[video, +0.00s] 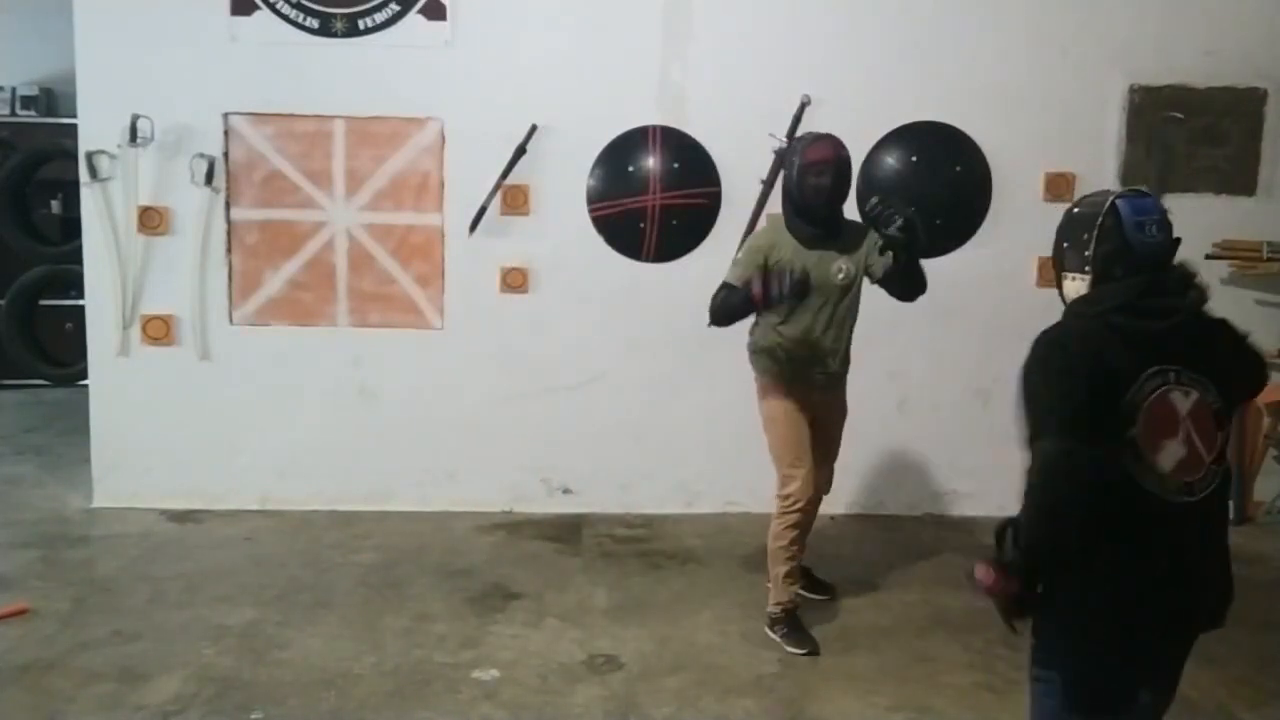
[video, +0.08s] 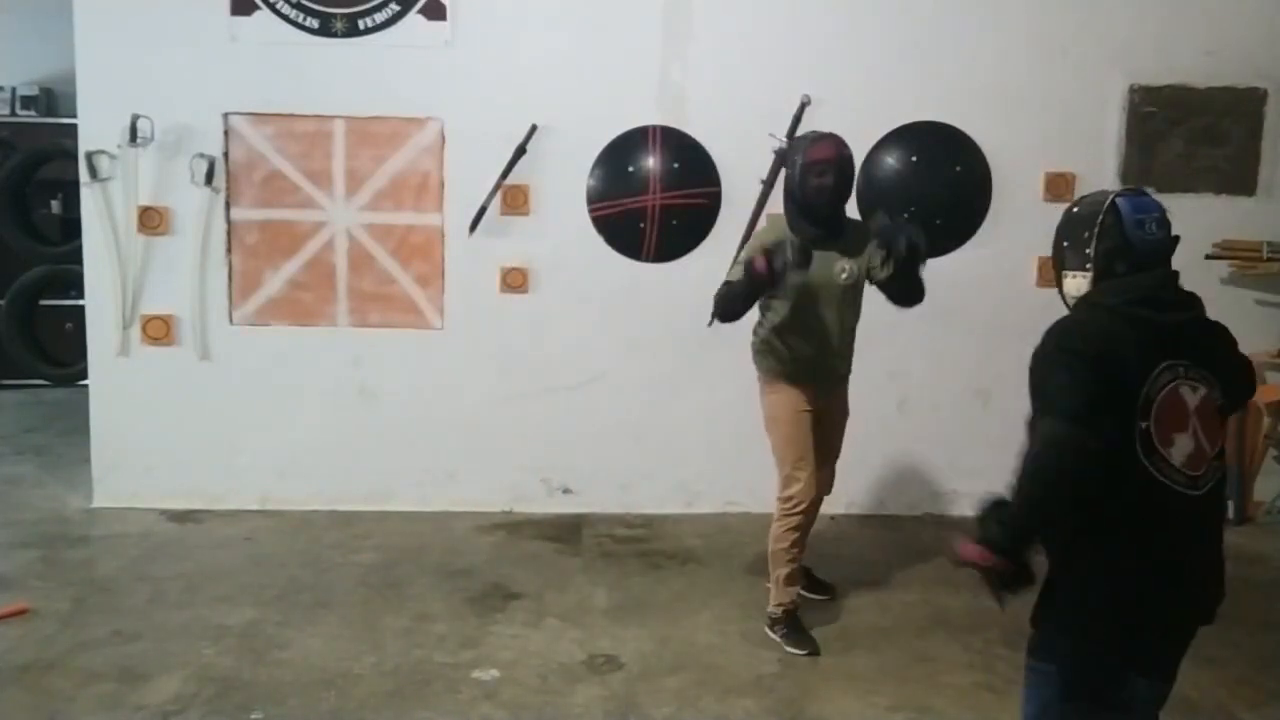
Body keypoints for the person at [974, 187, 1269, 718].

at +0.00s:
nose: (1062, 268)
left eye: (1068, 254)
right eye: (1066, 253)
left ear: (1091, 259)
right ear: (1158, 254)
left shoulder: (1066, 347)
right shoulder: (1213, 339)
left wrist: (1018, 565)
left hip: (1087, 591)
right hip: (1185, 588)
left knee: (1068, 703)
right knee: (1142, 703)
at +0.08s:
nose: (1065, 271)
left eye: (1071, 257)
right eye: (1067, 257)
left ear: (1093, 257)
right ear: (1157, 253)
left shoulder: (1078, 340)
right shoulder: (1205, 336)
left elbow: (1057, 460)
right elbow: (1242, 381)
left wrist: (1003, 535)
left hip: (1093, 583)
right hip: (1183, 585)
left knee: (1056, 700)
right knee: (1135, 701)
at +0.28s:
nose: (1058, 256)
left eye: (1064, 244)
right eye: (1060, 243)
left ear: (1085, 247)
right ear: (1146, 243)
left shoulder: (1069, 326)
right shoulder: (1188, 318)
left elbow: (1016, 421)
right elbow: (1243, 348)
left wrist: (931, 482)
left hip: (1084, 570)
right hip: (1174, 571)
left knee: (1049, 696)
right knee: (1134, 700)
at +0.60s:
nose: (1010, 268)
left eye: (1016, 255)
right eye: (1013, 254)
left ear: (1036, 259)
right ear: (1100, 253)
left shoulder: (1020, 341)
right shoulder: (1146, 327)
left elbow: (973, 449)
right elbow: (1187, 379)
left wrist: (902, 524)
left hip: (1039, 578)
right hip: (1127, 573)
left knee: (1016, 700)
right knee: (1082, 698)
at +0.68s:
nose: (1015, 266)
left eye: (1022, 255)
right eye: (1019, 254)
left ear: (1041, 261)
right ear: (1100, 258)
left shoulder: (1024, 345)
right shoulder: (1142, 339)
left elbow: (988, 455)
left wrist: (921, 523)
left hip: (1034, 576)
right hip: (1113, 569)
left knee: (1016, 700)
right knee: (1071, 695)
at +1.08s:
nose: (1000, 259)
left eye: (1006, 246)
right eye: (1002, 245)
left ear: (1025, 250)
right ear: (1080, 247)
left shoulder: (1011, 326)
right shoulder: (1116, 318)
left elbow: (987, 443)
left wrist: (955, 514)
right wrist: (979, 373)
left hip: (1024, 539)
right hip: (1105, 537)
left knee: (970, 681)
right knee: (1057, 676)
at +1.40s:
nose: (972, 255)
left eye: (978, 244)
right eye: (975, 243)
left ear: (994, 248)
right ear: (1048, 242)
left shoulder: (979, 320)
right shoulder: (1083, 311)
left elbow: (938, 422)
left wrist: (892, 491)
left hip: (992, 530)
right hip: (1075, 525)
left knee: (951, 680)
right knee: (1051, 676)